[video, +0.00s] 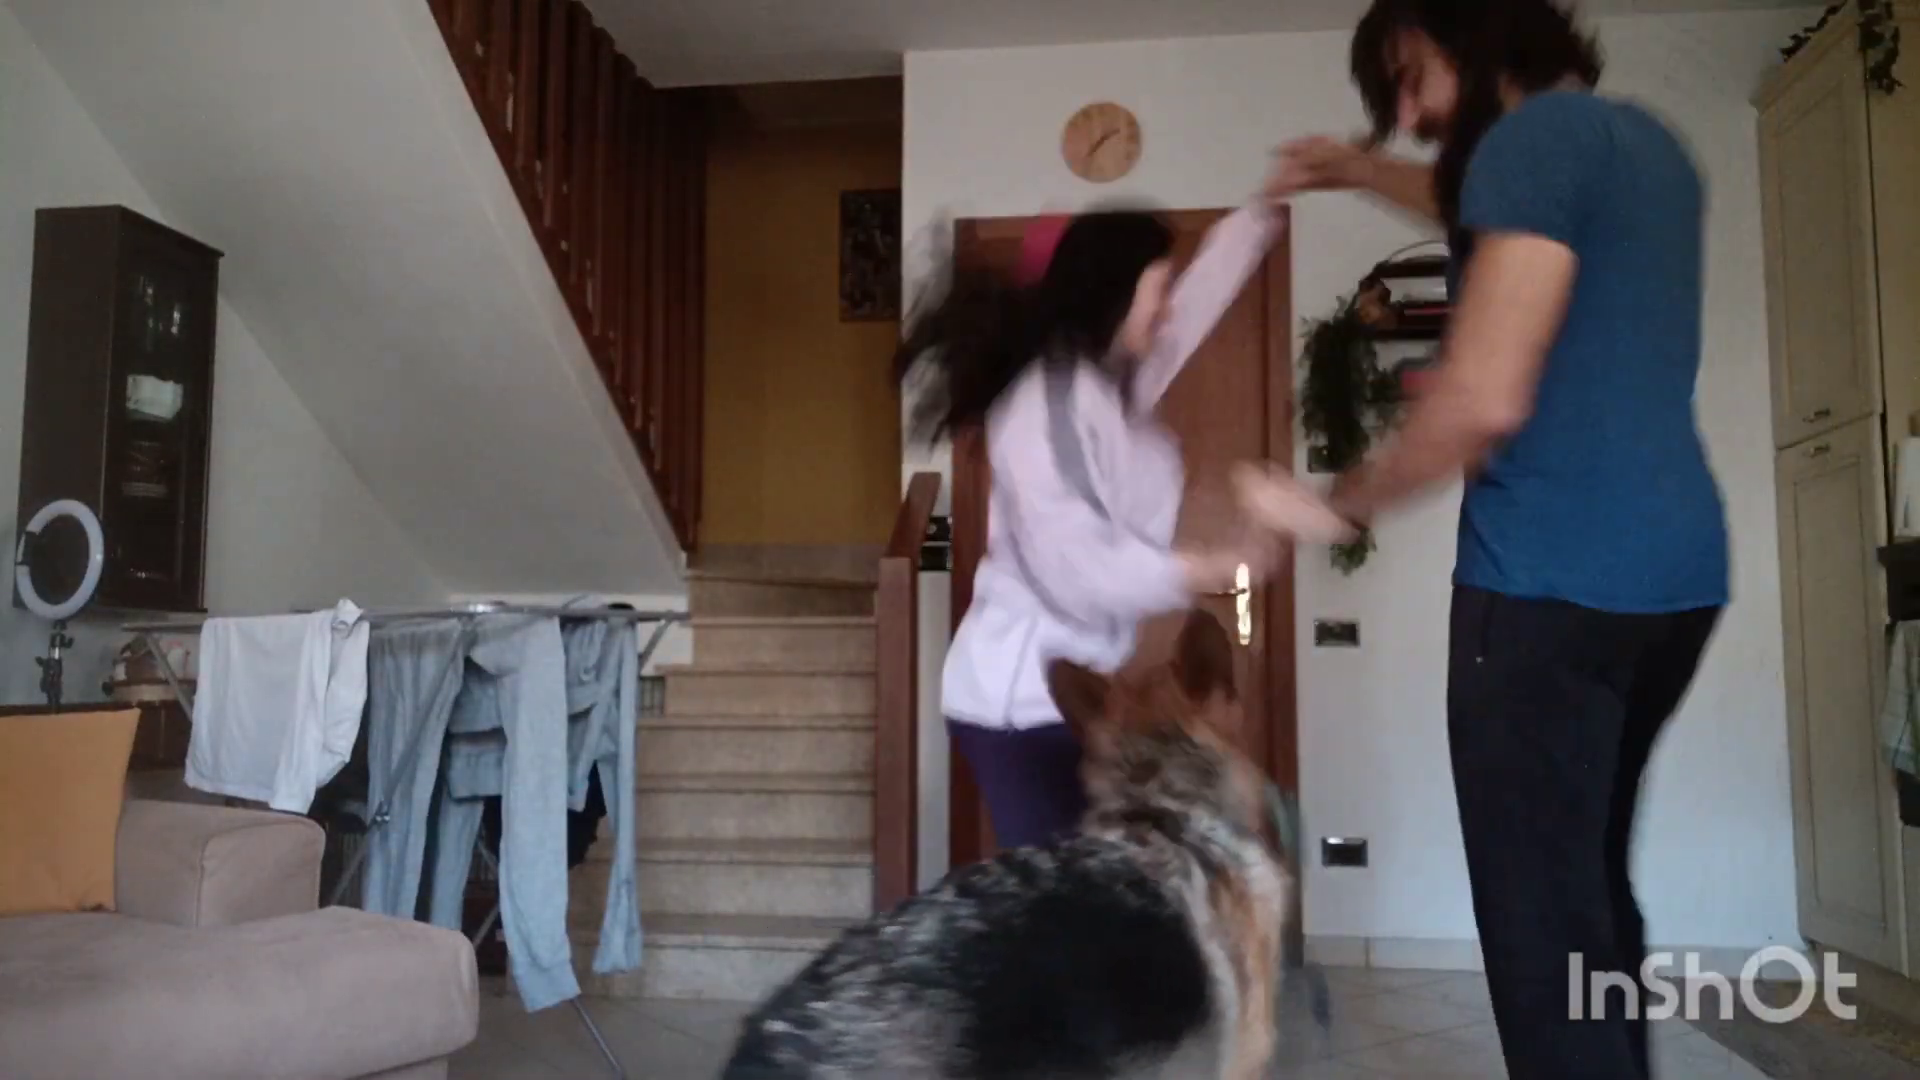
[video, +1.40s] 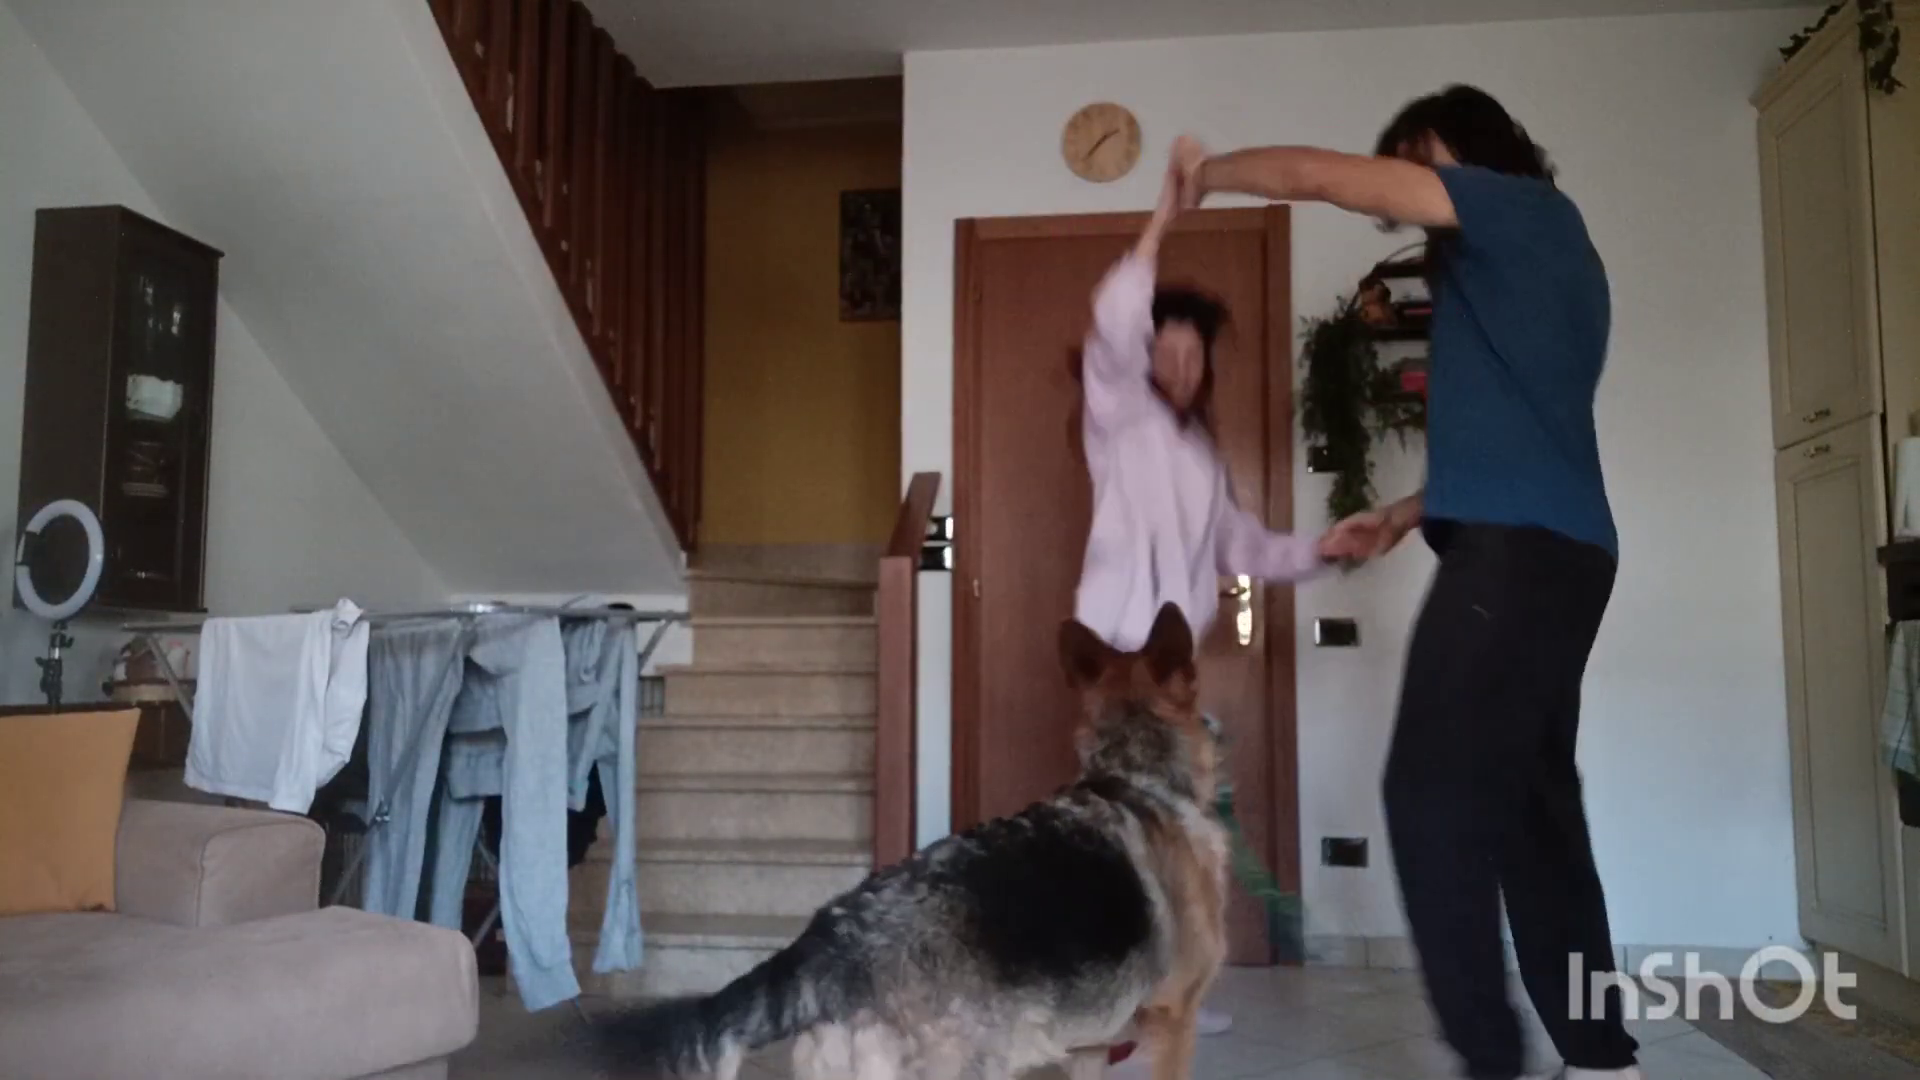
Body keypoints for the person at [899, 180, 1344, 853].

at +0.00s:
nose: (1167, 308)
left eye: (1169, 289)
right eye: (1156, 289)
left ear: (1108, 293)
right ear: (1109, 290)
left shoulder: (1119, 386)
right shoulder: (1038, 400)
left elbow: (1191, 306)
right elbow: (1073, 561)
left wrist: (1268, 206)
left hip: (1075, 687)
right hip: (1014, 697)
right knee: (1064, 902)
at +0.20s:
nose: (1149, 259)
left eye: (1150, 244)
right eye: (1142, 243)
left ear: (1095, 243)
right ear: (1104, 245)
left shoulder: (1093, 327)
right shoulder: (1061, 359)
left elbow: (1149, 246)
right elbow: (1136, 478)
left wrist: (1215, 187)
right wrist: (1282, 525)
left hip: (1107, 613)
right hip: (1064, 624)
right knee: (1078, 818)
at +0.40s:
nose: (1189, 261)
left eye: (1188, 243)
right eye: (1179, 241)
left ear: (1137, 248)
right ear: (1136, 245)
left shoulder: (1139, 339)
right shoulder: (1089, 347)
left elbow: (1183, 463)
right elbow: (1160, 469)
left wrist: (1284, 527)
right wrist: (1291, 530)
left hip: (1125, 622)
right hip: (1081, 628)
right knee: (1113, 815)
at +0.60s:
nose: (1193, 343)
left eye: (1191, 326)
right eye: (1182, 328)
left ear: (1115, 335)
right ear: (1146, 336)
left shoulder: (1094, 421)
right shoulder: (1122, 425)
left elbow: (1197, 501)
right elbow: (1198, 514)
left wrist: (1312, 491)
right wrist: (1336, 496)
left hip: (1083, 669)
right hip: (1117, 677)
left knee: (1107, 837)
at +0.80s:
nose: (1189, 287)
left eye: (1193, 271)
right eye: (1181, 270)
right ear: (1140, 262)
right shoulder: (1109, 343)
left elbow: (1144, 470)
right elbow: (1207, 341)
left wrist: (1227, 530)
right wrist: (1310, 300)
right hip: (1115, 590)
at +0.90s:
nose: (1204, 277)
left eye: (1205, 266)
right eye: (1190, 264)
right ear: (1151, 275)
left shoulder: (1169, 389)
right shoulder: (1110, 356)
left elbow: (1181, 507)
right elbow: (1181, 305)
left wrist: (1268, 556)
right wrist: (1245, 241)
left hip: (1143, 616)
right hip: (1097, 614)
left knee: (1169, 803)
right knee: (1143, 804)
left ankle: (1142, 1008)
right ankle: (1124, 1013)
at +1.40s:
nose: (1181, 357)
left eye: (1194, 347)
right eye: (1169, 342)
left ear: (1208, 360)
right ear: (1144, 348)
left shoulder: (1201, 451)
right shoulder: (1119, 412)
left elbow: (1243, 548)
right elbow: (1116, 325)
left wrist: (1326, 549)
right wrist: (1160, 223)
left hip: (1175, 641)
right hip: (1113, 634)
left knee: (1186, 815)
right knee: (1124, 815)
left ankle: (1176, 991)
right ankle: (1120, 996)